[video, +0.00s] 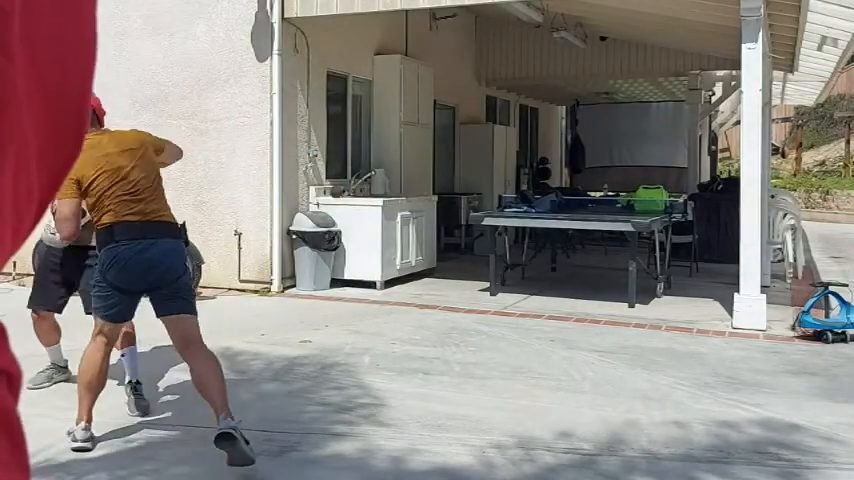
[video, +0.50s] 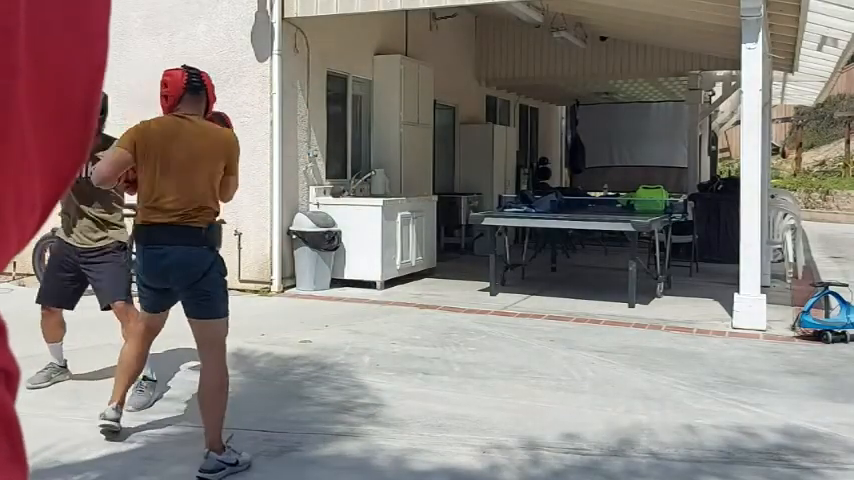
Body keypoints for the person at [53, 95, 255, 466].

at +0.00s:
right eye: (98, 112)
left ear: (73, 124)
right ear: (99, 115)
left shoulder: (72, 161)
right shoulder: (136, 139)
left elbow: (66, 231)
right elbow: (174, 152)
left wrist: (81, 217)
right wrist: (137, 162)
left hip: (119, 247)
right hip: (167, 242)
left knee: (102, 337)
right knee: (191, 344)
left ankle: (83, 426)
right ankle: (226, 421)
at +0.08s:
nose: (90, 125)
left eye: (89, 118)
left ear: (89, 113)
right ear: (121, 106)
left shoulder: (87, 144)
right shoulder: (154, 130)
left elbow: (72, 213)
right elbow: (180, 165)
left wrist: (93, 191)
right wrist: (140, 165)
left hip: (121, 249)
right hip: (172, 244)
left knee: (107, 336)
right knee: (199, 346)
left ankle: (83, 426)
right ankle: (223, 433)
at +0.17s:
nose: (96, 113)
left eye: (97, 106)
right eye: (98, 107)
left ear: (100, 105)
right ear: (139, 98)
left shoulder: (95, 139)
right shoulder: (170, 130)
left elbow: (81, 202)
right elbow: (174, 175)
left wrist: (111, 172)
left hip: (128, 251)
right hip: (178, 248)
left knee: (110, 337)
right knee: (200, 351)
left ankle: (83, 424)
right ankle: (215, 444)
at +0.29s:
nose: (177, 103)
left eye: (130, 102)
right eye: (174, 97)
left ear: (132, 105)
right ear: (172, 99)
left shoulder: (116, 141)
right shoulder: (199, 138)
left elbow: (98, 203)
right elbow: (193, 186)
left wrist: (129, 176)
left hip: (141, 258)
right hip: (192, 256)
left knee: (122, 337)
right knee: (207, 355)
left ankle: (88, 418)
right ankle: (214, 451)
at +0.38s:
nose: (195, 106)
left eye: (191, 100)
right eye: (194, 100)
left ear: (153, 102)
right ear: (193, 102)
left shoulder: (132, 137)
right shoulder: (217, 142)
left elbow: (100, 194)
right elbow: (214, 199)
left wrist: (132, 177)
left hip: (149, 256)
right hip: (199, 255)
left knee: (134, 333)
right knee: (213, 356)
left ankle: (96, 409)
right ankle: (215, 451)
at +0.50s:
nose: (210, 106)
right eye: (210, 101)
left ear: (167, 99)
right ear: (207, 101)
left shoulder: (142, 131)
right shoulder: (225, 138)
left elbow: (100, 178)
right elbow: (225, 194)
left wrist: (124, 174)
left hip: (150, 250)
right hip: (199, 253)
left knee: (144, 328)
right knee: (212, 353)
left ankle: (113, 408)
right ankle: (215, 450)